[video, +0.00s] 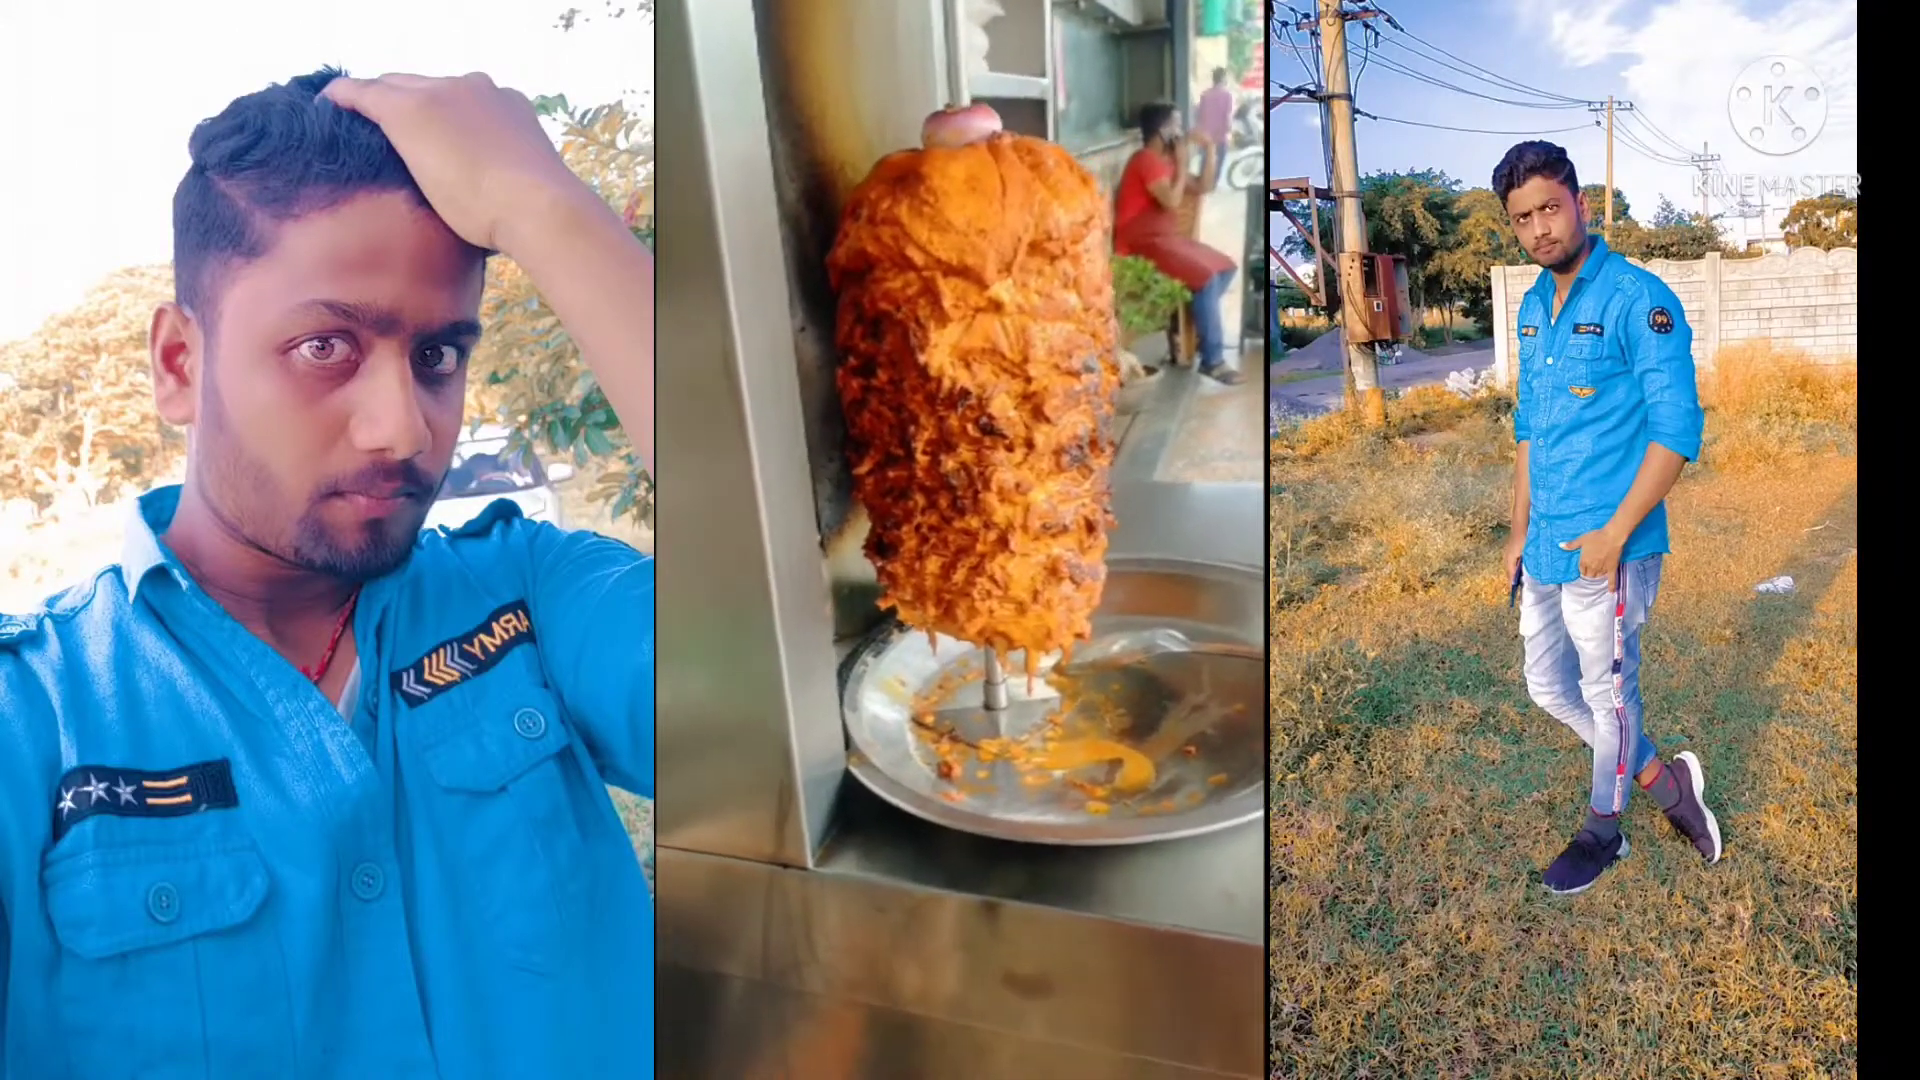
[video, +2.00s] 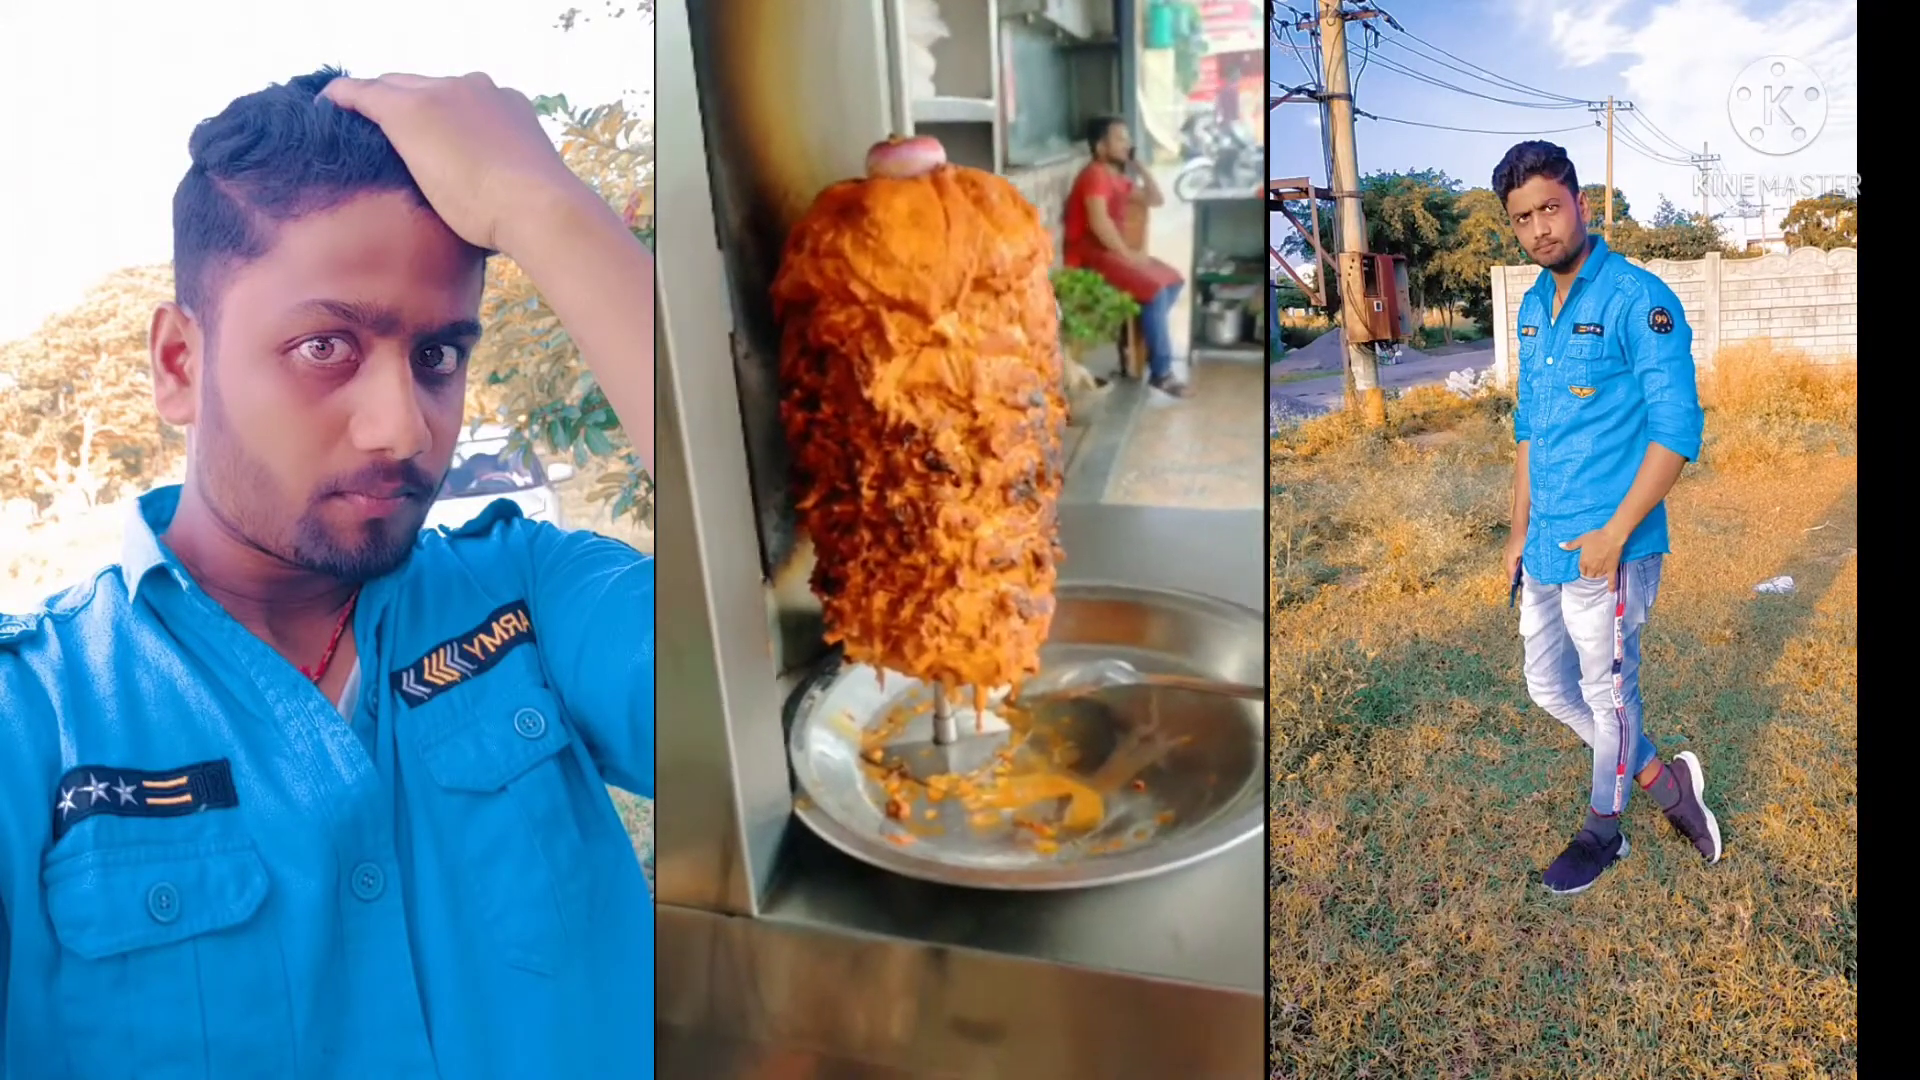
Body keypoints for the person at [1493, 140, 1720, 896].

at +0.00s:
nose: (1538, 228)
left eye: (1549, 208)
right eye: (1522, 218)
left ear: (1581, 203)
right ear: (1513, 228)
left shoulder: (1640, 298)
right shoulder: (1534, 308)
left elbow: (1678, 432)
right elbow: (1529, 432)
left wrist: (1615, 533)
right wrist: (1520, 530)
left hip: (1611, 537)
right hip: (1543, 539)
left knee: (1610, 690)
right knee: (1549, 684)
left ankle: (1602, 828)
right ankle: (1666, 778)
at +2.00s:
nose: (1537, 229)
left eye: (1549, 208)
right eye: (1522, 219)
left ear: (1582, 203)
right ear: (1514, 228)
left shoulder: (1641, 298)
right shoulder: (1535, 306)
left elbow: (1678, 432)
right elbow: (1529, 431)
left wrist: (1616, 531)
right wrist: (1520, 528)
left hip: (1612, 536)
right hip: (1544, 538)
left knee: (1610, 690)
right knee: (1549, 684)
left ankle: (1602, 828)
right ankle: (1664, 778)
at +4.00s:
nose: (1537, 229)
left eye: (1548, 209)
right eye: (1522, 219)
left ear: (1582, 203)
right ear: (1513, 228)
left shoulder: (1640, 298)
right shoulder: (1534, 307)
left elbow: (1678, 432)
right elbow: (1529, 431)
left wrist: (1615, 533)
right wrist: (1519, 529)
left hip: (1611, 537)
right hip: (1544, 538)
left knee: (1609, 689)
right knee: (1549, 684)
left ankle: (1602, 828)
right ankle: (1665, 778)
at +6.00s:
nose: (1537, 229)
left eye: (1548, 209)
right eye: (1522, 219)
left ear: (1582, 202)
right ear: (1513, 228)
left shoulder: (1640, 298)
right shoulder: (1534, 307)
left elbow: (1678, 432)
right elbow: (1529, 431)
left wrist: (1615, 533)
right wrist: (1519, 529)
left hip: (1611, 537)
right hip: (1544, 538)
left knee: (1609, 689)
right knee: (1549, 684)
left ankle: (1602, 828)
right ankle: (1665, 778)